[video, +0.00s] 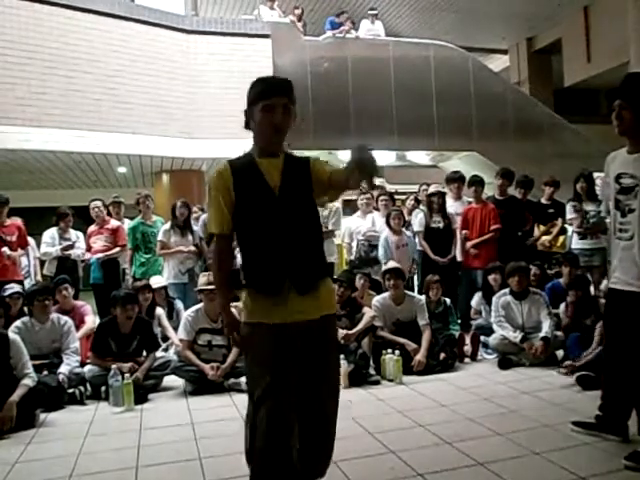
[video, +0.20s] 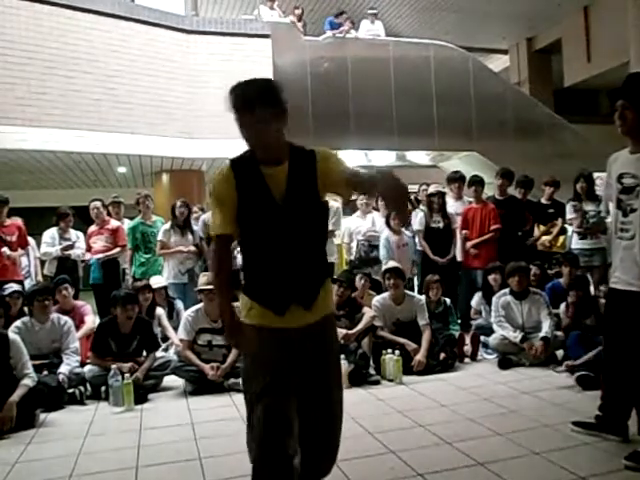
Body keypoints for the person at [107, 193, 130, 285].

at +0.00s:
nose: (116, 210)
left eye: (119, 207)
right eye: (114, 207)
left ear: (123, 209)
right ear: (109, 209)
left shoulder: (130, 224)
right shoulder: (106, 225)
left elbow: (134, 243)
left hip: (127, 262)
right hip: (111, 262)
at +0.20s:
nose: (116, 210)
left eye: (119, 207)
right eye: (113, 207)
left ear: (123, 208)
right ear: (108, 209)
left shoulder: (130, 224)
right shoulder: (106, 225)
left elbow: (133, 243)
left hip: (126, 263)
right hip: (110, 262)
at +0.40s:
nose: (116, 210)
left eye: (119, 207)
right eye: (113, 207)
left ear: (123, 209)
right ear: (108, 209)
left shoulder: (130, 224)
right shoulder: (106, 225)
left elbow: (133, 244)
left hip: (126, 263)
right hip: (110, 262)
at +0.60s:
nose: (116, 210)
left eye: (119, 207)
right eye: (113, 207)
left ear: (123, 209)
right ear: (109, 209)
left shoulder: (130, 224)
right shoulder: (106, 225)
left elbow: (133, 244)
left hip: (126, 263)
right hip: (110, 262)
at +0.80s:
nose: (116, 210)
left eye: (119, 207)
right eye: (113, 207)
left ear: (123, 208)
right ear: (109, 209)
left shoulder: (130, 224)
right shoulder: (106, 225)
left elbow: (133, 244)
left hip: (126, 263)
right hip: (110, 262)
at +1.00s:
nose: (117, 210)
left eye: (119, 207)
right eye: (114, 207)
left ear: (123, 208)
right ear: (109, 209)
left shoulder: (130, 225)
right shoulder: (106, 226)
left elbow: (132, 245)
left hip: (126, 263)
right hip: (110, 262)